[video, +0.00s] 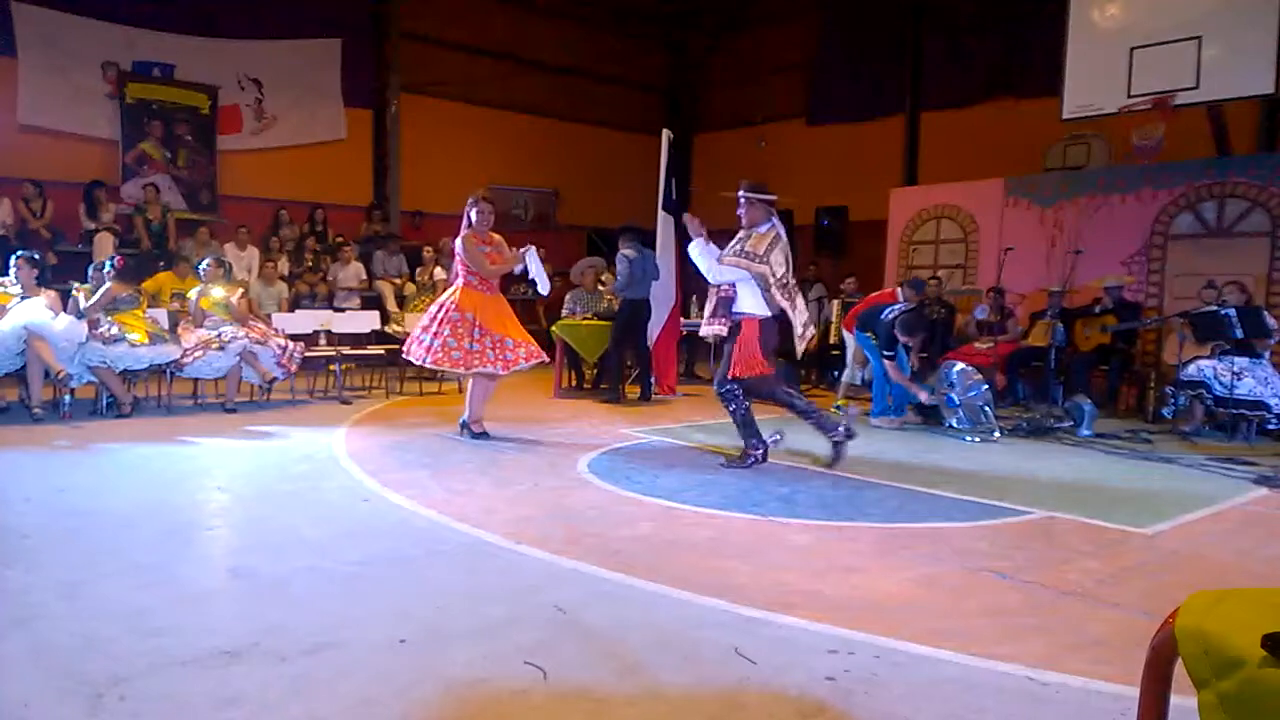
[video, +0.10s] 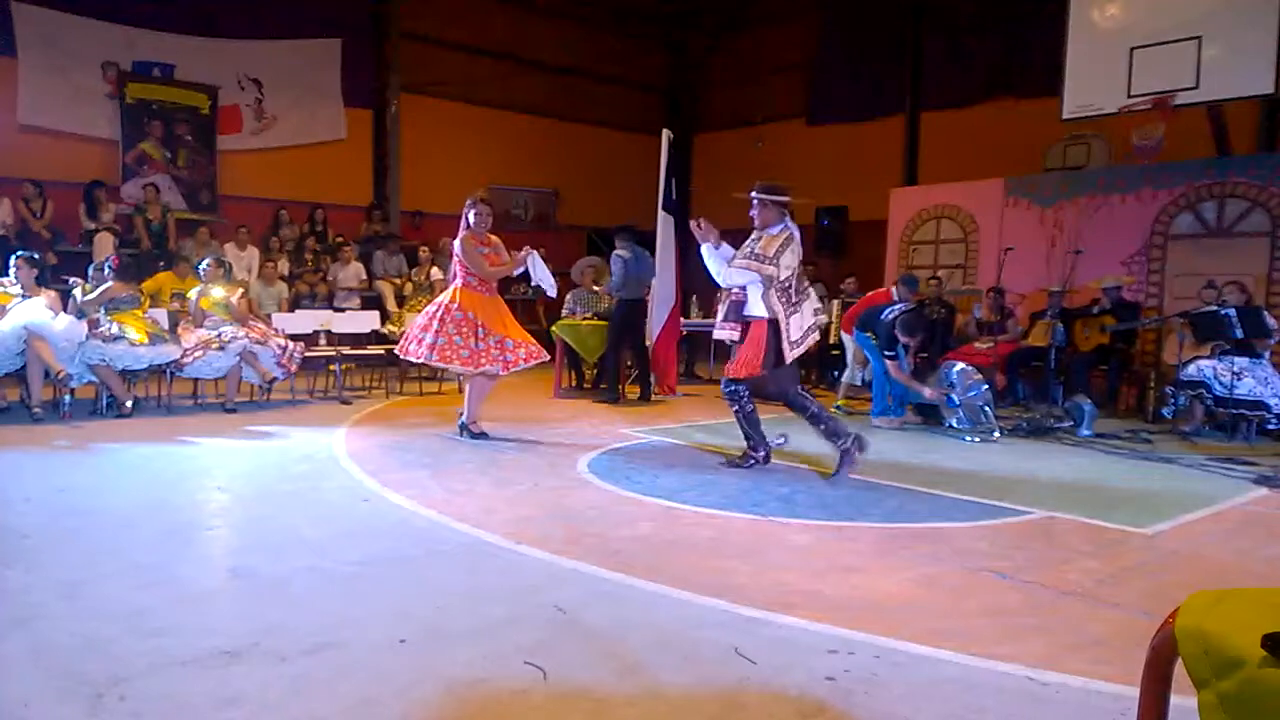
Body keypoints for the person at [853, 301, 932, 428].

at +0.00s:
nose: (909, 344)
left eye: (914, 340)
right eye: (906, 340)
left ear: (922, 334)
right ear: (896, 333)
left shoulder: (920, 317)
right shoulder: (887, 332)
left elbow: (920, 336)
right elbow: (892, 371)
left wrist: (914, 353)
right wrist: (918, 392)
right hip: (866, 330)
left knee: (904, 368)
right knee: (881, 369)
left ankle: (899, 410)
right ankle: (879, 413)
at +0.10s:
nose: (911, 345)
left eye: (915, 342)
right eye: (907, 342)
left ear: (922, 335)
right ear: (897, 333)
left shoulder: (918, 316)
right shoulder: (887, 333)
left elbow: (917, 338)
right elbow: (895, 373)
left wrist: (911, 355)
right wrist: (923, 390)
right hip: (865, 331)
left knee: (902, 367)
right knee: (880, 367)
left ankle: (900, 411)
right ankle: (880, 414)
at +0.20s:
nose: (911, 344)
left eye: (915, 340)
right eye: (907, 340)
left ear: (922, 333)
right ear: (898, 332)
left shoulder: (919, 316)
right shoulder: (888, 332)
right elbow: (896, 373)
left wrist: (909, 355)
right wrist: (926, 387)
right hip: (864, 331)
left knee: (903, 366)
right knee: (880, 366)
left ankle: (899, 411)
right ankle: (879, 414)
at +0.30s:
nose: (914, 342)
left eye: (918, 338)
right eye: (910, 338)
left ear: (924, 331)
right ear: (900, 330)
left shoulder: (920, 316)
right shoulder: (890, 331)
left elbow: (914, 342)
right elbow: (899, 371)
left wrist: (906, 356)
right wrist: (928, 384)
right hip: (866, 331)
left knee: (901, 369)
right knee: (880, 367)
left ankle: (899, 411)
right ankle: (879, 414)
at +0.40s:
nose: (917, 340)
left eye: (920, 337)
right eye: (913, 337)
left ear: (926, 329)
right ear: (903, 328)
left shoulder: (923, 317)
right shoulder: (893, 330)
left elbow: (915, 340)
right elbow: (901, 370)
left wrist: (907, 356)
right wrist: (930, 384)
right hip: (867, 329)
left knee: (897, 370)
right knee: (881, 367)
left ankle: (899, 410)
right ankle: (880, 414)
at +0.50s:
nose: (919, 338)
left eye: (922, 335)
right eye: (916, 334)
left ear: (926, 328)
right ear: (906, 326)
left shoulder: (921, 315)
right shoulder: (896, 330)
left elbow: (914, 340)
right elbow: (902, 367)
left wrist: (906, 356)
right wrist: (930, 383)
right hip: (869, 333)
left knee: (896, 370)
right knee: (881, 368)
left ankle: (898, 410)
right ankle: (879, 414)